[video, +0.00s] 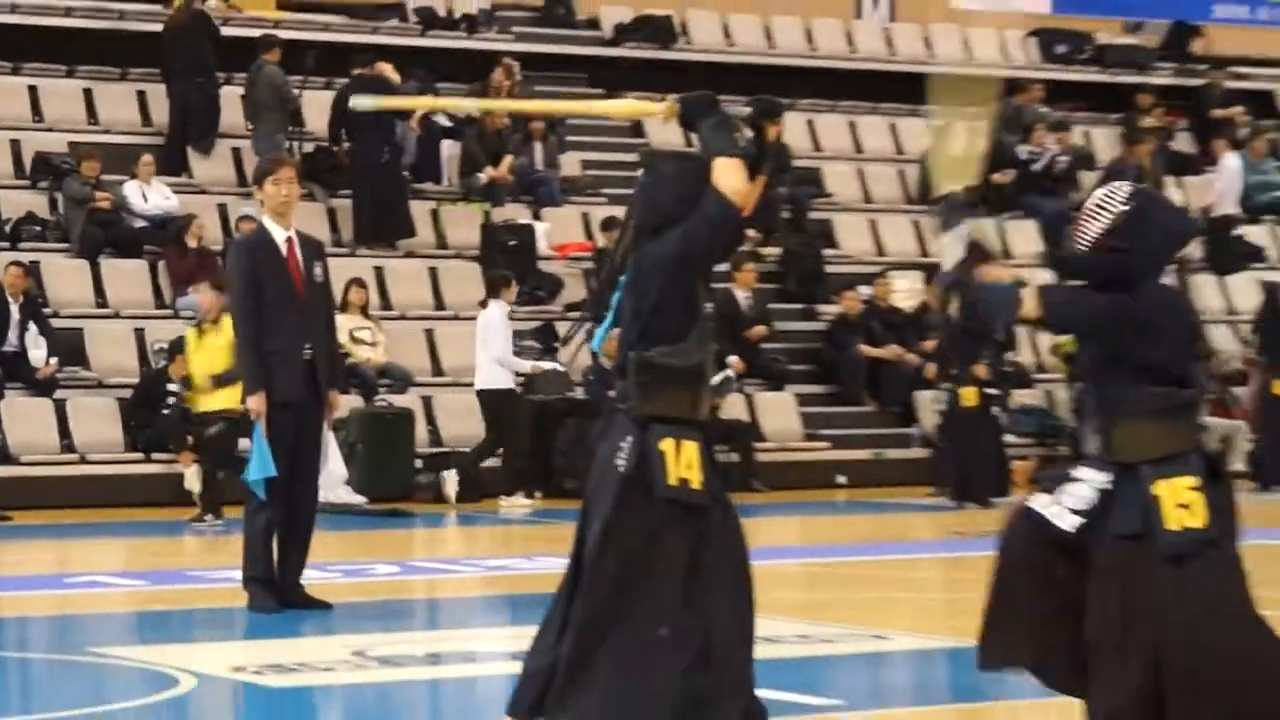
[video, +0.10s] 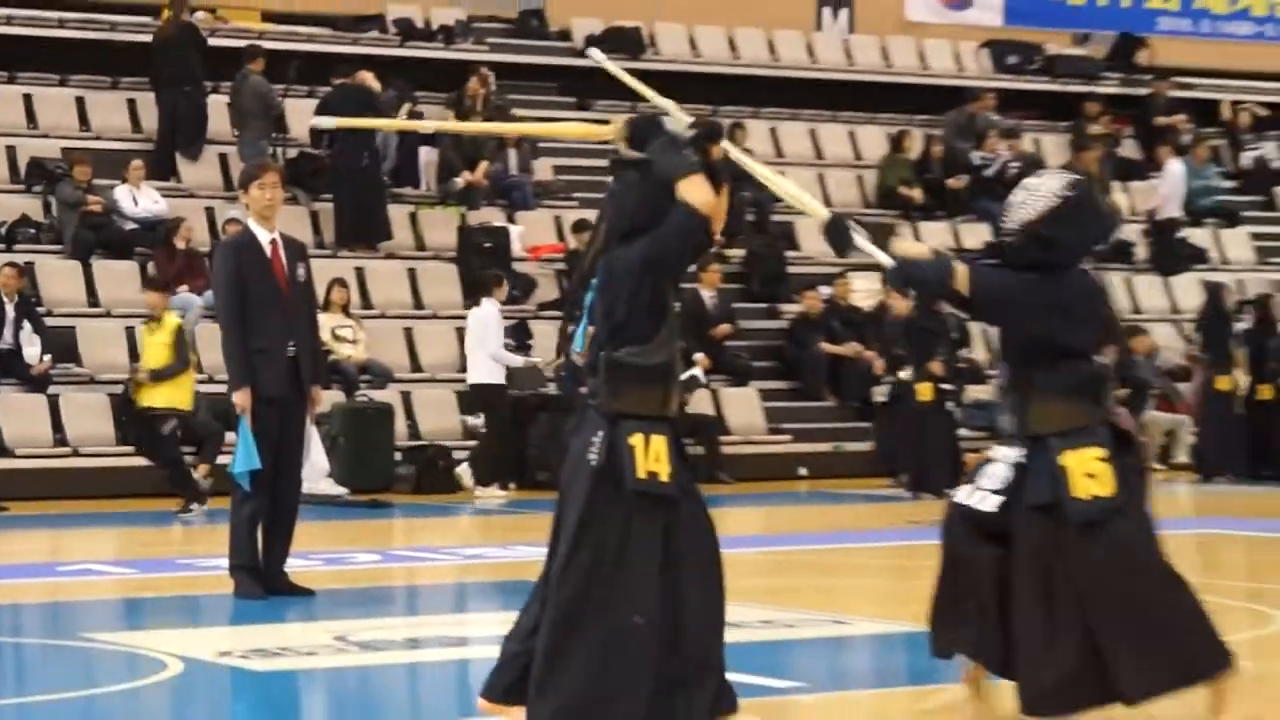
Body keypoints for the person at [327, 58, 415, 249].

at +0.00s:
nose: (376, 68)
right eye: (375, 65)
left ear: (352, 69)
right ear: (373, 66)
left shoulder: (347, 91)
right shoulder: (385, 86)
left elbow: (335, 121)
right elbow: (405, 111)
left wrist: (336, 144)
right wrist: (397, 79)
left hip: (360, 149)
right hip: (386, 147)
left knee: (363, 193)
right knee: (388, 192)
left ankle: (365, 238)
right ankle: (388, 239)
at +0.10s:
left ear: (332, 79)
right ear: (353, 76)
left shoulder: (328, 99)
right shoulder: (366, 94)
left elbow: (316, 127)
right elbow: (383, 117)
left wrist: (318, 147)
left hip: (340, 155)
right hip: (365, 153)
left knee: (344, 198)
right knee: (368, 196)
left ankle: (346, 241)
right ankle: (368, 240)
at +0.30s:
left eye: (296, 100)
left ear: (297, 98)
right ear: (316, 95)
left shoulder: (292, 117)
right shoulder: (328, 110)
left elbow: (283, 147)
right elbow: (344, 134)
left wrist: (299, 151)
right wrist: (327, 139)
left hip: (304, 165)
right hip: (327, 163)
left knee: (306, 204)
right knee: (330, 203)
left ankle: (309, 246)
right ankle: (330, 245)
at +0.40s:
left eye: (296, 105)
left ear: (297, 104)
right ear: (315, 101)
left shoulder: (291, 122)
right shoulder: (327, 115)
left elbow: (285, 151)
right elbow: (344, 139)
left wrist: (299, 157)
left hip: (303, 169)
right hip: (325, 168)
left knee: (305, 207)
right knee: (328, 206)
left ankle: (307, 246)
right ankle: (330, 246)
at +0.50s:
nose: (303, 110)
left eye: (302, 107)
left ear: (304, 106)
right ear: (321, 103)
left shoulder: (299, 123)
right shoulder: (335, 118)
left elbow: (293, 149)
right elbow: (350, 140)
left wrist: (305, 161)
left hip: (310, 168)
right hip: (332, 167)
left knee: (311, 206)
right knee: (334, 205)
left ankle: (313, 245)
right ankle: (335, 245)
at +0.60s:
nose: (314, 120)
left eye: (313, 117)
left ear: (313, 117)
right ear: (330, 114)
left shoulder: (310, 133)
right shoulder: (343, 128)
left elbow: (303, 159)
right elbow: (359, 148)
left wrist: (316, 168)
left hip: (320, 178)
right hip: (342, 177)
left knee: (320, 214)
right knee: (345, 212)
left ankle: (322, 250)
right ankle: (345, 250)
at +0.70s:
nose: (319, 128)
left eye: (319, 125)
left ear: (319, 124)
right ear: (335, 121)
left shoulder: (317, 140)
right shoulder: (351, 134)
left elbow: (311, 165)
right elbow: (368, 154)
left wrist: (325, 173)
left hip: (328, 183)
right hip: (350, 182)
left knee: (330, 220)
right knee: (352, 219)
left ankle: (331, 255)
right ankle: (356, 254)